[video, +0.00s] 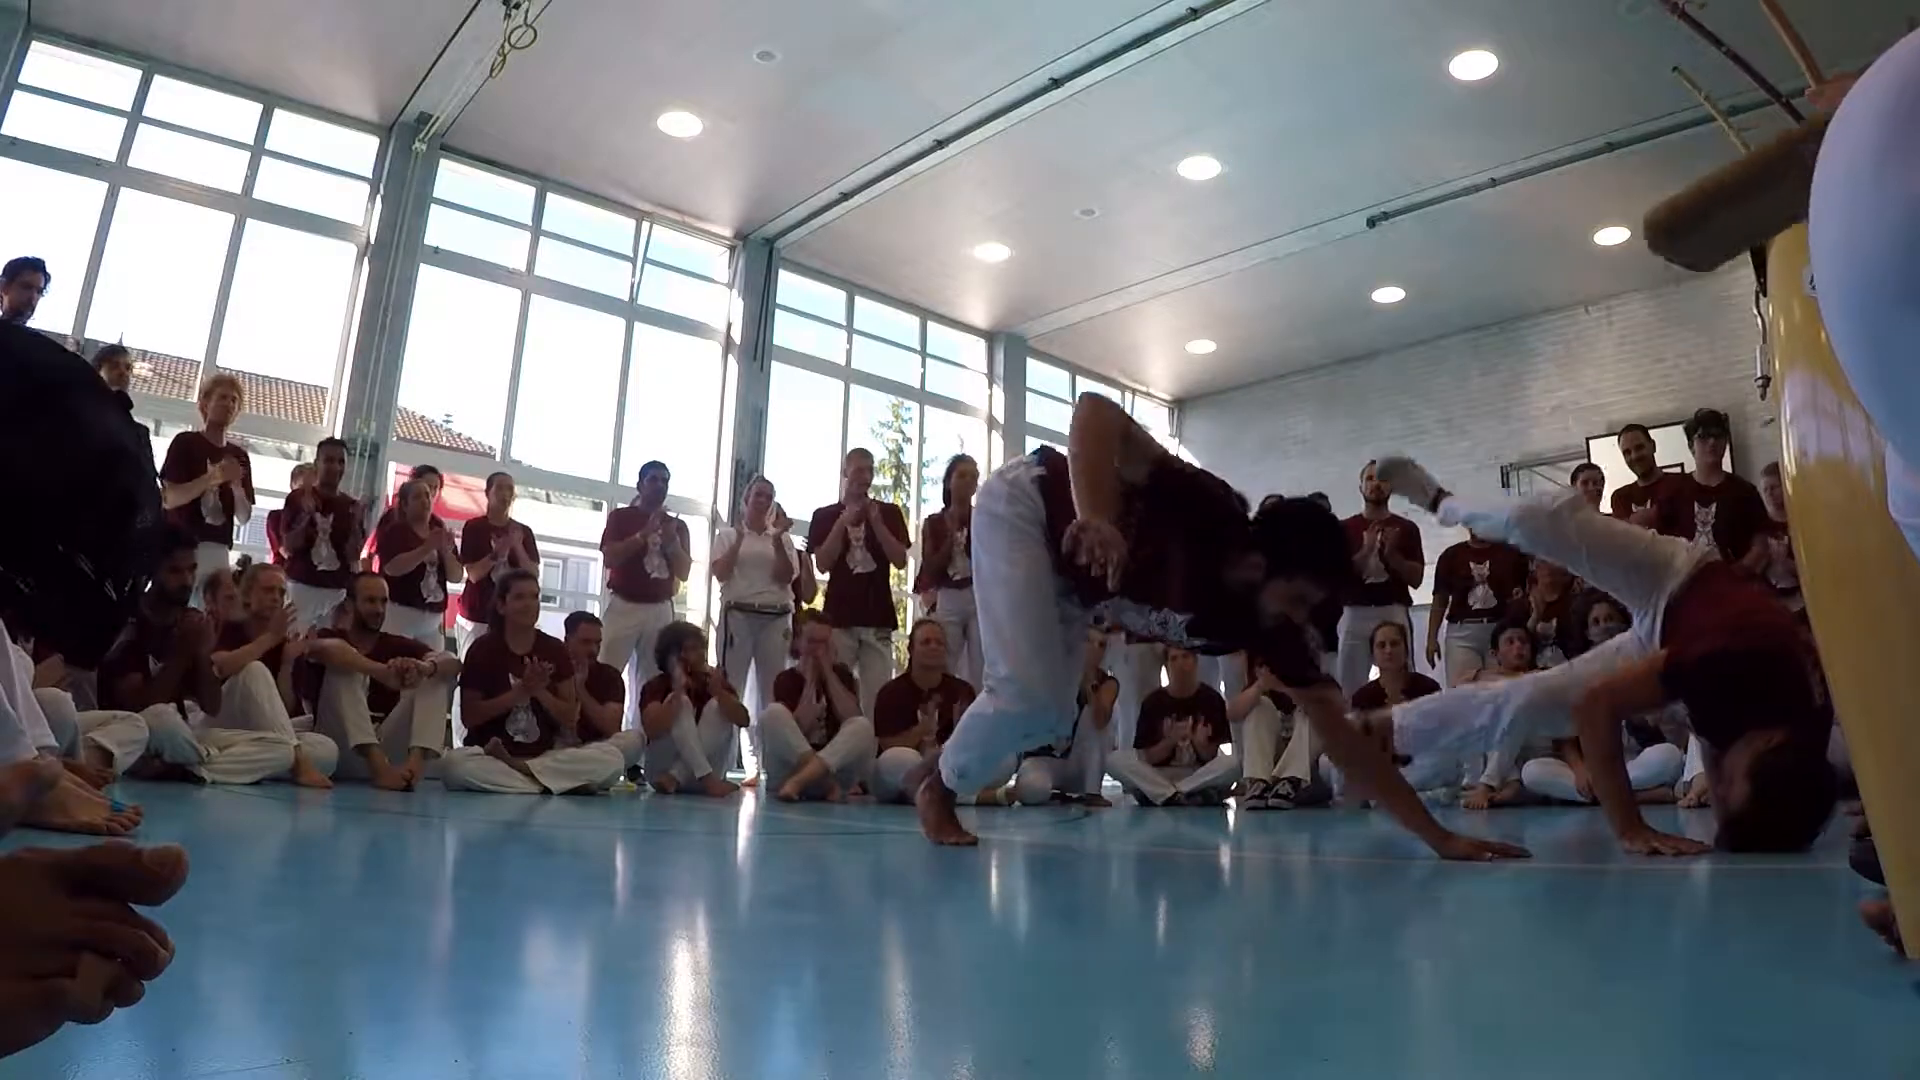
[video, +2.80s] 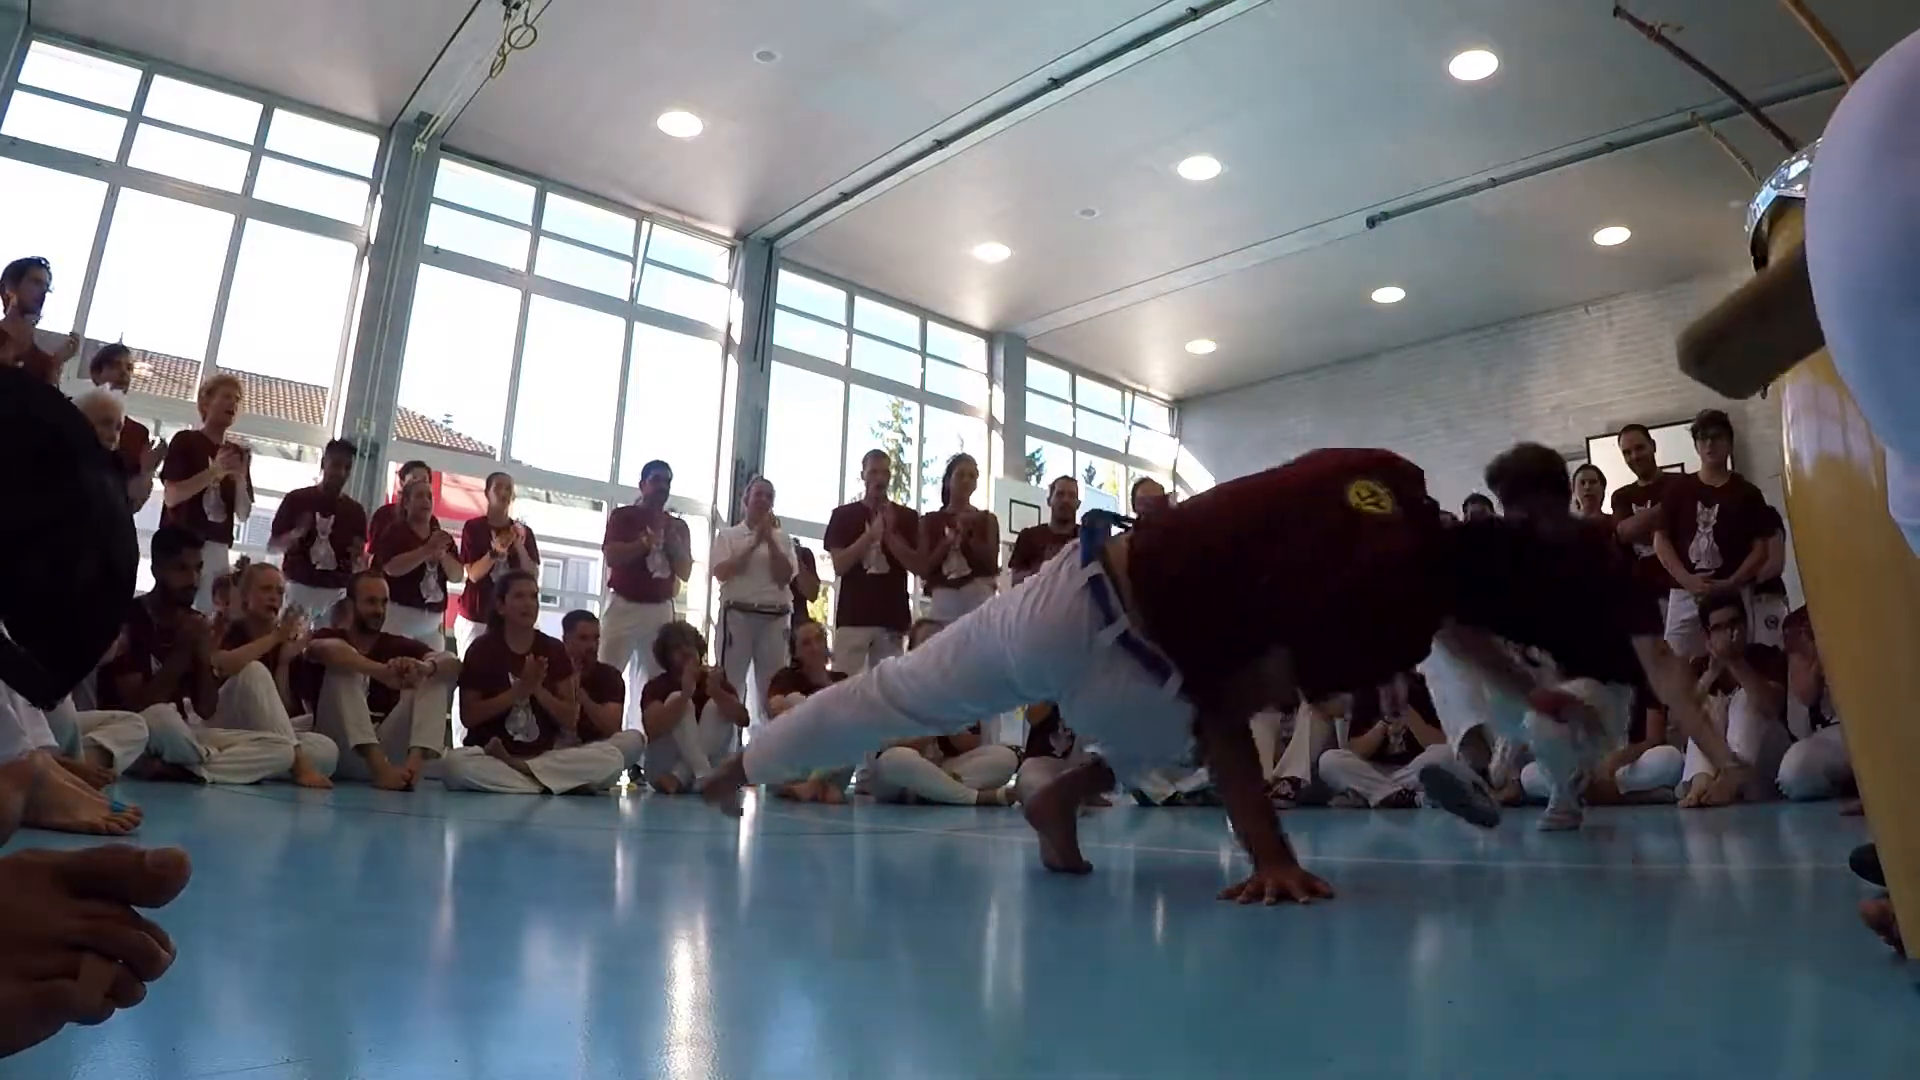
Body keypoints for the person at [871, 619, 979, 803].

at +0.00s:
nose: (933, 648)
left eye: (939, 643)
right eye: (925, 643)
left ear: (946, 650)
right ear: (910, 650)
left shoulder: (963, 691)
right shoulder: (891, 692)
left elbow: (972, 742)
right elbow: (886, 745)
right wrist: (921, 730)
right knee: (895, 758)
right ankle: (987, 797)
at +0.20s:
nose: (933, 650)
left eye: (939, 644)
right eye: (926, 643)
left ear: (946, 648)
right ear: (910, 649)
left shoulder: (962, 686)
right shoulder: (892, 690)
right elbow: (885, 742)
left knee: (1007, 758)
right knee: (890, 761)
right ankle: (979, 797)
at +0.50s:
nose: (934, 647)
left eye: (939, 643)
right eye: (926, 643)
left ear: (946, 650)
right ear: (911, 651)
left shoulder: (962, 690)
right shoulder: (891, 693)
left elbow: (971, 743)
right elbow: (889, 748)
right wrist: (922, 729)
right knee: (895, 759)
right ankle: (976, 796)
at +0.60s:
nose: (934, 647)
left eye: (940, 643)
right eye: (926, 642)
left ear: (948, 651)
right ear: (911, 650)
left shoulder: (961, 690)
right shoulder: (892, 692)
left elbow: (970, 750)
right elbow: (886, 748)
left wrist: (965, 728)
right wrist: (921, 728)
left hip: (952, 775)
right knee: (897, 759)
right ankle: (982, 796)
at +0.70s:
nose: (935, 648)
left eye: (940, 643)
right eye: (927, 642)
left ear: (947, 651)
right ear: (912, 650)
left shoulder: (963, 690)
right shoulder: (892, 692)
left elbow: (970, 747)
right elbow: (889, 746)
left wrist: (954, 725)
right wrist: (925, 739)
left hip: (951, 769)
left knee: (1001, 755)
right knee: (896, 759)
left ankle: (931, 795)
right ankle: (976, 797)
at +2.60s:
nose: (931, 660)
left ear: (945, 657)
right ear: (911, 660)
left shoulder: (961, 690)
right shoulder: (892, 692)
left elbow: (971, 748)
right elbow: (887, 748)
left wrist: (960, 719)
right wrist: (919, 725)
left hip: (950, 767)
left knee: (1006, 758)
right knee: (896, 759)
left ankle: (933, 791)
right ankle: (977, 798)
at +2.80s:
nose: (933, 652)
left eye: (938, 645)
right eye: (926, 645)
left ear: (948, 649)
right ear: (913, 650)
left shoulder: (962, 685)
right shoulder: (897, 686)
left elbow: (975, 744)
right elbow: (881, 743)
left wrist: (945, 727)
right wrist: (922, 743)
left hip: (952, 766)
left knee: (1006, 757)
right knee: (896, 760)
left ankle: (928, 791)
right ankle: (976, 797)